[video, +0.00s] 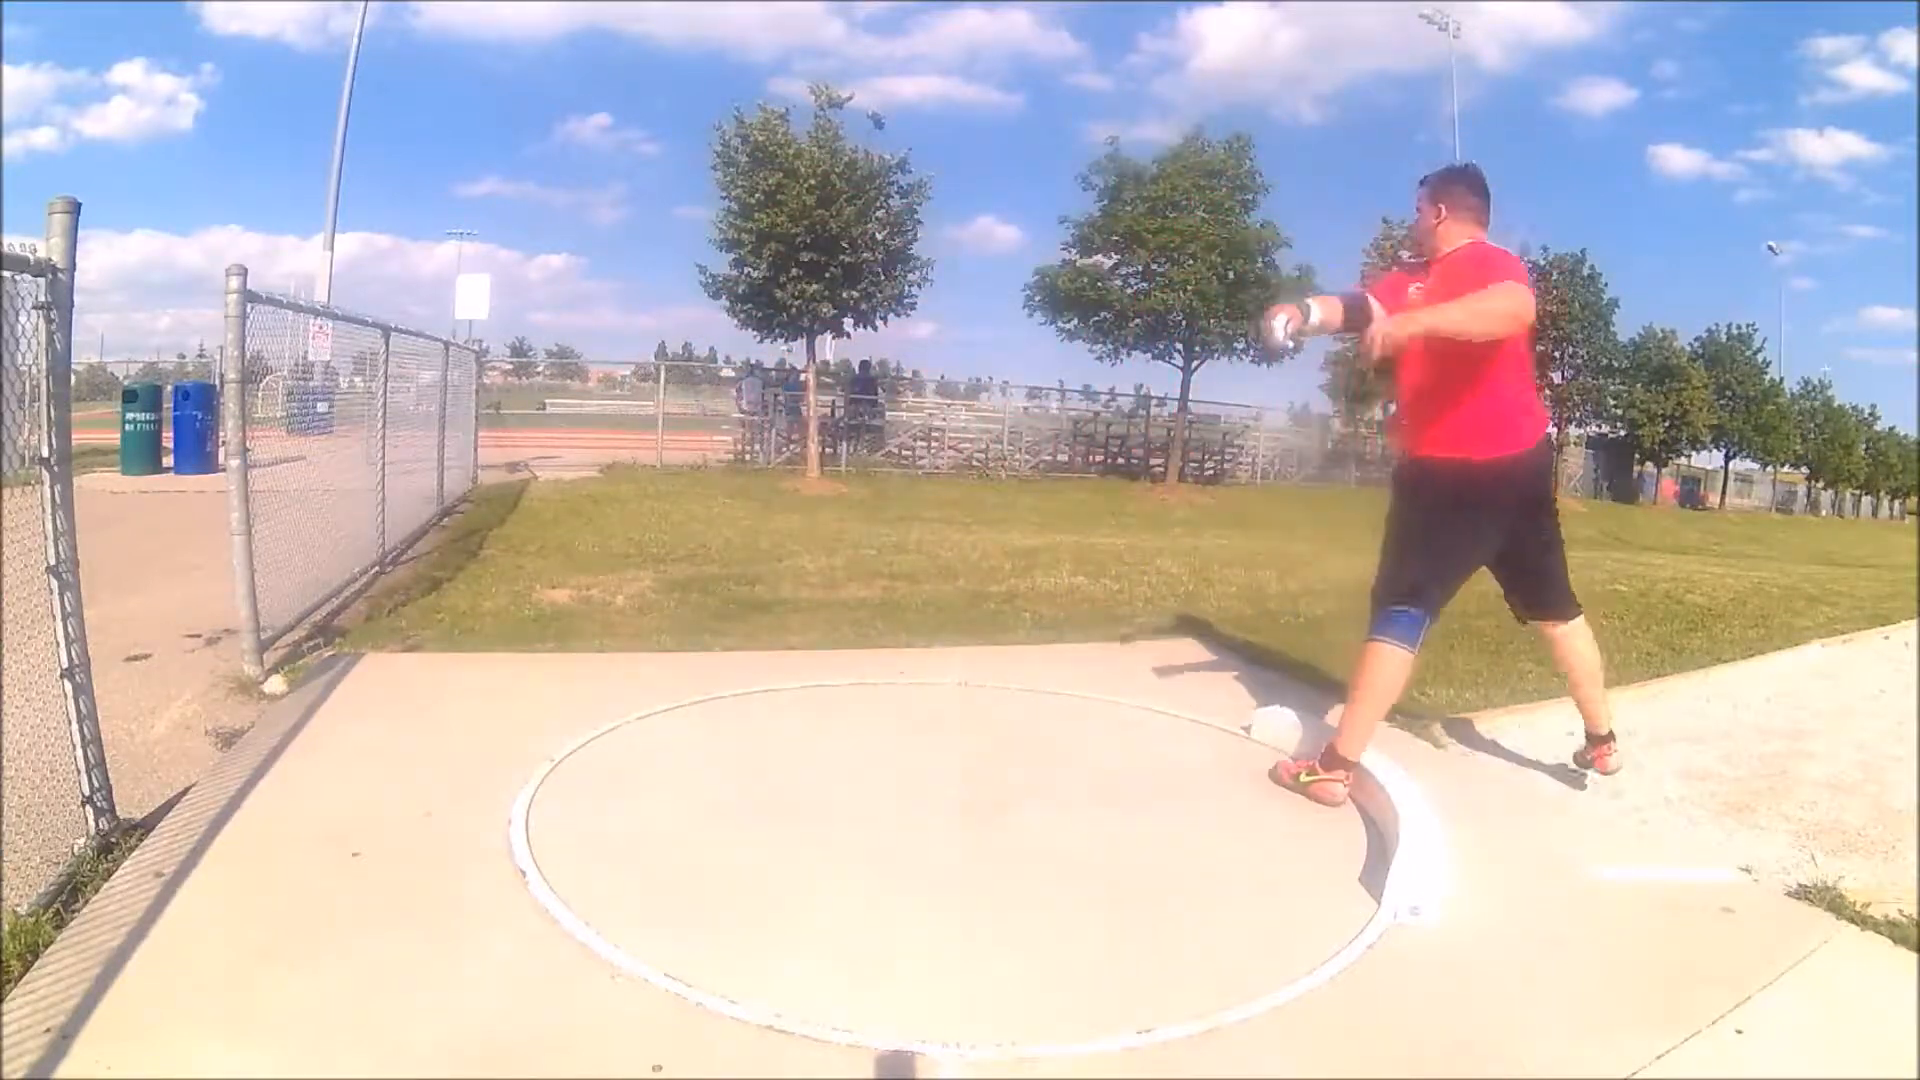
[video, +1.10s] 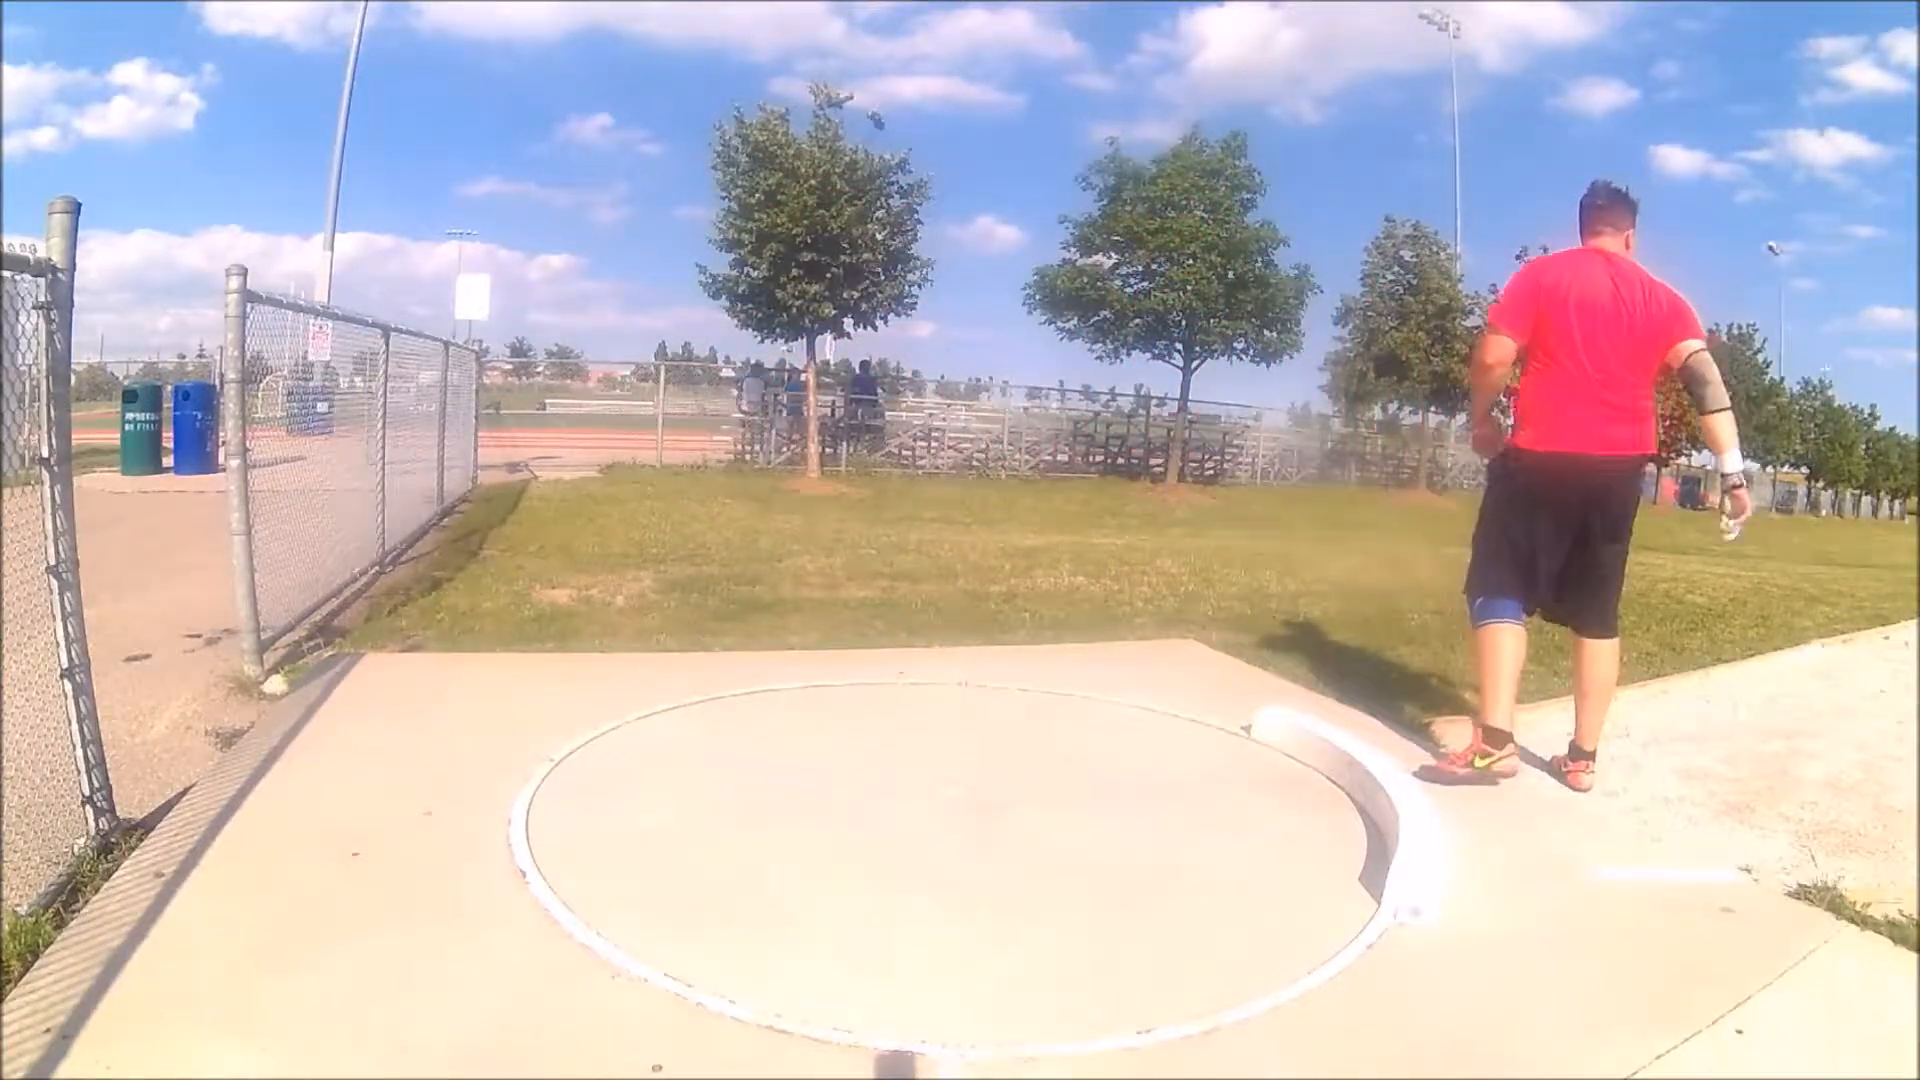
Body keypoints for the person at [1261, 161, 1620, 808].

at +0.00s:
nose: (1413, 223)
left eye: (1419, 212)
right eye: (1417, 213)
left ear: (1440, 211)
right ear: (1475, 214)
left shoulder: (1489, 260)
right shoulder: (1412, 280)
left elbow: (1518, 308)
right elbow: (1355, 307)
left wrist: (1415, 323)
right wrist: (1306, 312)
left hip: (1447, 472)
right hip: (1522, 468)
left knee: (1401, 614)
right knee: (1555, 605)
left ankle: (1337, 766)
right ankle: (1604, 740)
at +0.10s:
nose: (1465, 243)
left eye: (1470, 233)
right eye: (1467, 234)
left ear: (1490, 232)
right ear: (1524, 234)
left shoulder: (1550, 293)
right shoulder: (1465, 294)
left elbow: (1579, 353)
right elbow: (1423, 316)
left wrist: (1533, 391)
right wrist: (1386, 318)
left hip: (1486, 485)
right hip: (1550, 491)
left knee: (1419, 614)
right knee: (1542, 621)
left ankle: (1342, 757)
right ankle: (1577, 756)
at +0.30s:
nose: (1539, 238)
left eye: (1542, 228)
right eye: (1544, 229)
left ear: (1553, 225)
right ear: (1597, 229)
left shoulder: (1591, 282)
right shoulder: (1549, 286)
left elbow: (1611, 375)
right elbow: (1492, 319)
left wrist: (1582, 475)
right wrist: (1452, 340)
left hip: (1524, 458)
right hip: (1586, 472)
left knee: (1434, 555)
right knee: (1565, 611)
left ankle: (1373, 682)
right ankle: (1580, 755)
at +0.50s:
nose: (1582, 239)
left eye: (1580, 229)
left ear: (1583, 226)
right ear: (1633, 232)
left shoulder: (1583, 269)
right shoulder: (1642, 288)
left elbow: (1563, 349)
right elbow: (1576, 362)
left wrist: (1500, 435)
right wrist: (1490, 374)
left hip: (1560, 449)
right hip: (1626, 466)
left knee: (1453, 508)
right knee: (1593, 608)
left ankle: (1416, 628)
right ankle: (1583, 757)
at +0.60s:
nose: (1626, 242)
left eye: (1604, 229)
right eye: (1639, 235)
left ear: (1592, 227)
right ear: (1644, 236)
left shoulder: (1574, 271)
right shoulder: (1663, 304)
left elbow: (1533, 341)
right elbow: (1659, 389)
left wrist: (1458, 412)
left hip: (1551, 451)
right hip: (1630, 470)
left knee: (1457, 513)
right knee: (1596, 608)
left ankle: (1439, 625)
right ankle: (1585, 757)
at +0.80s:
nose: (1643, 247)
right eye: (1649, 240)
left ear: (1598, 231)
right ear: (1650, 240)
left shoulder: (1566, 273)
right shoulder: (1674, 306)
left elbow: (1508, 342)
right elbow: (1715, 391)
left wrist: (1443, 390)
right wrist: (1733, 453)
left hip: (1547, 456)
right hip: (1629, 469)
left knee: (1479, 552)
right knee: (1606, 611)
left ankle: (1473, 675)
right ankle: (1586, 757)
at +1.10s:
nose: (1617, 240)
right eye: (1627, 233)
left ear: (1581, 227)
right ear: (1631, 234)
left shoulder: (1542, 273)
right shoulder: (1663, 297)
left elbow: (1491, 357)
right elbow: (1707, 382)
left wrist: (1480, 419)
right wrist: (1733, 469)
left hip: (1538, 463)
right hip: (1619, 471)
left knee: (1498, 592)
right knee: (1598, 609)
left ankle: (1494, 742)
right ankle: (1583, 757)